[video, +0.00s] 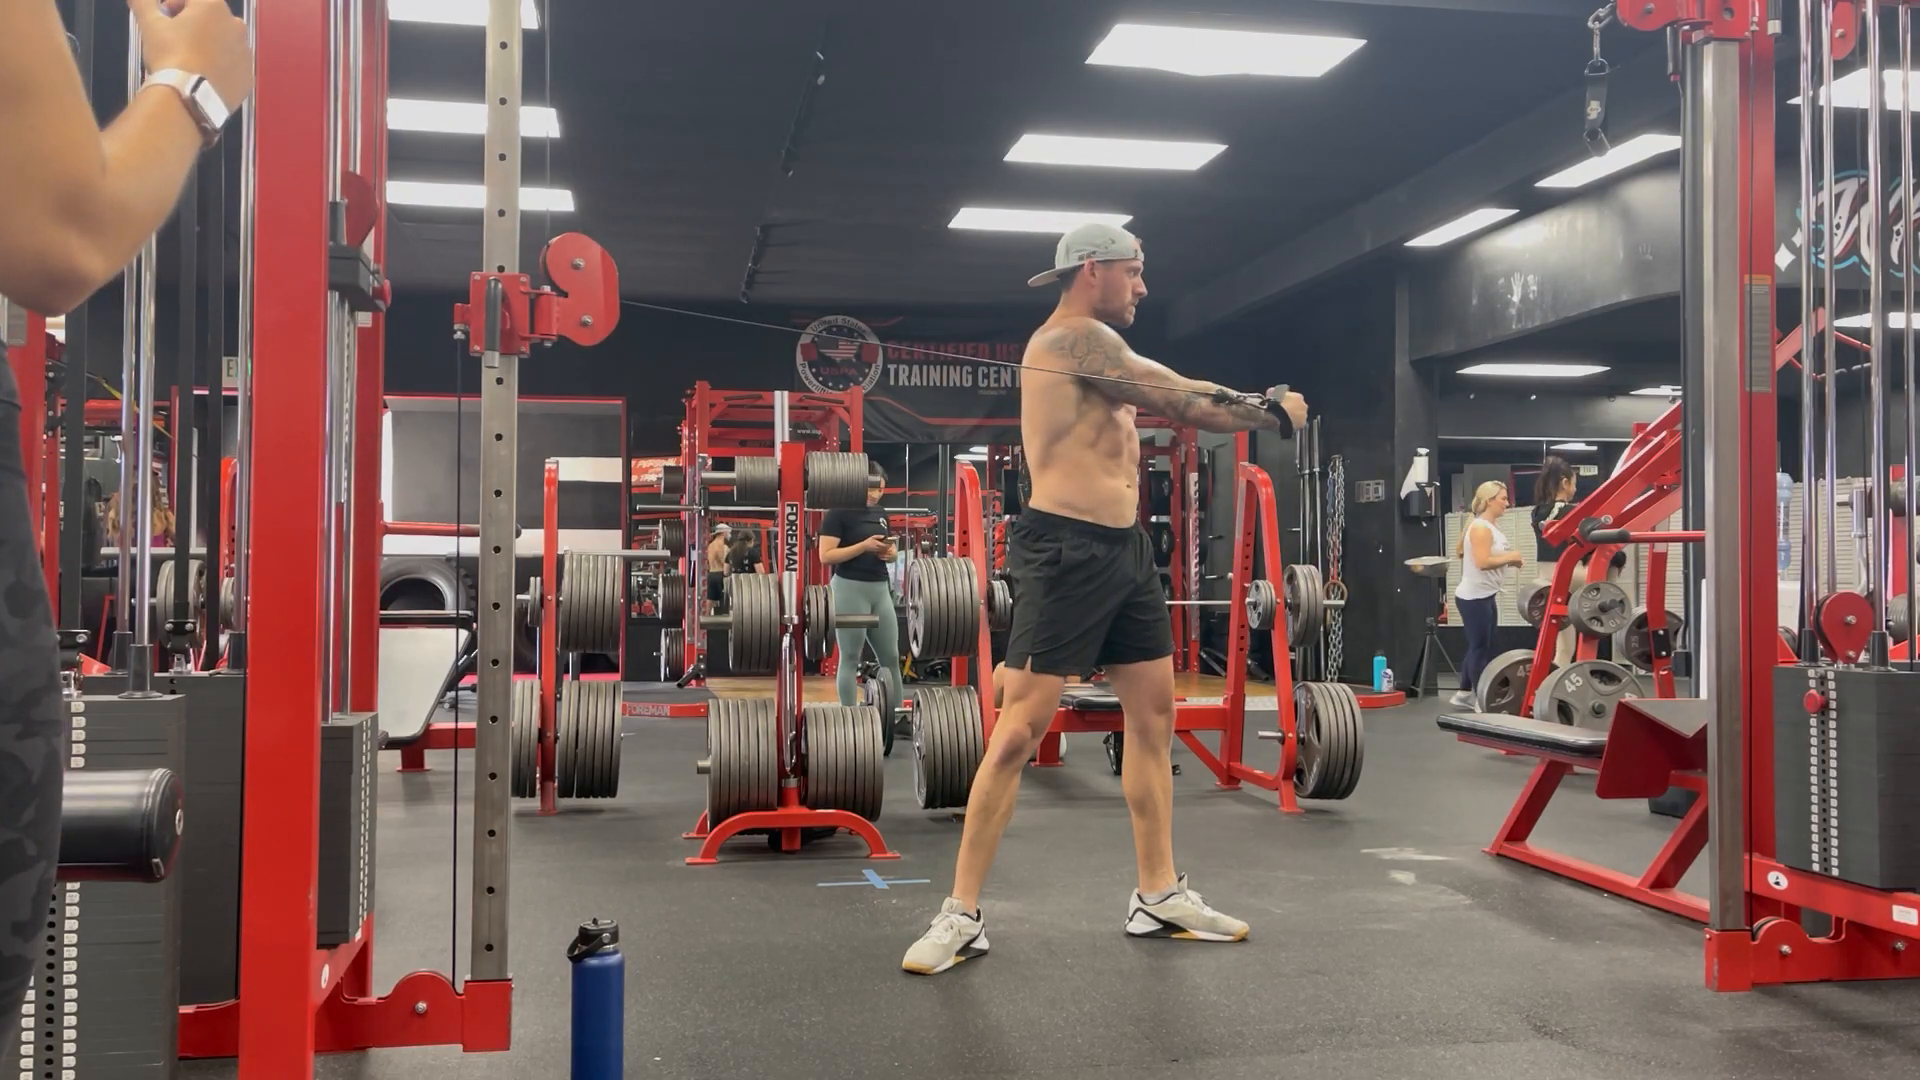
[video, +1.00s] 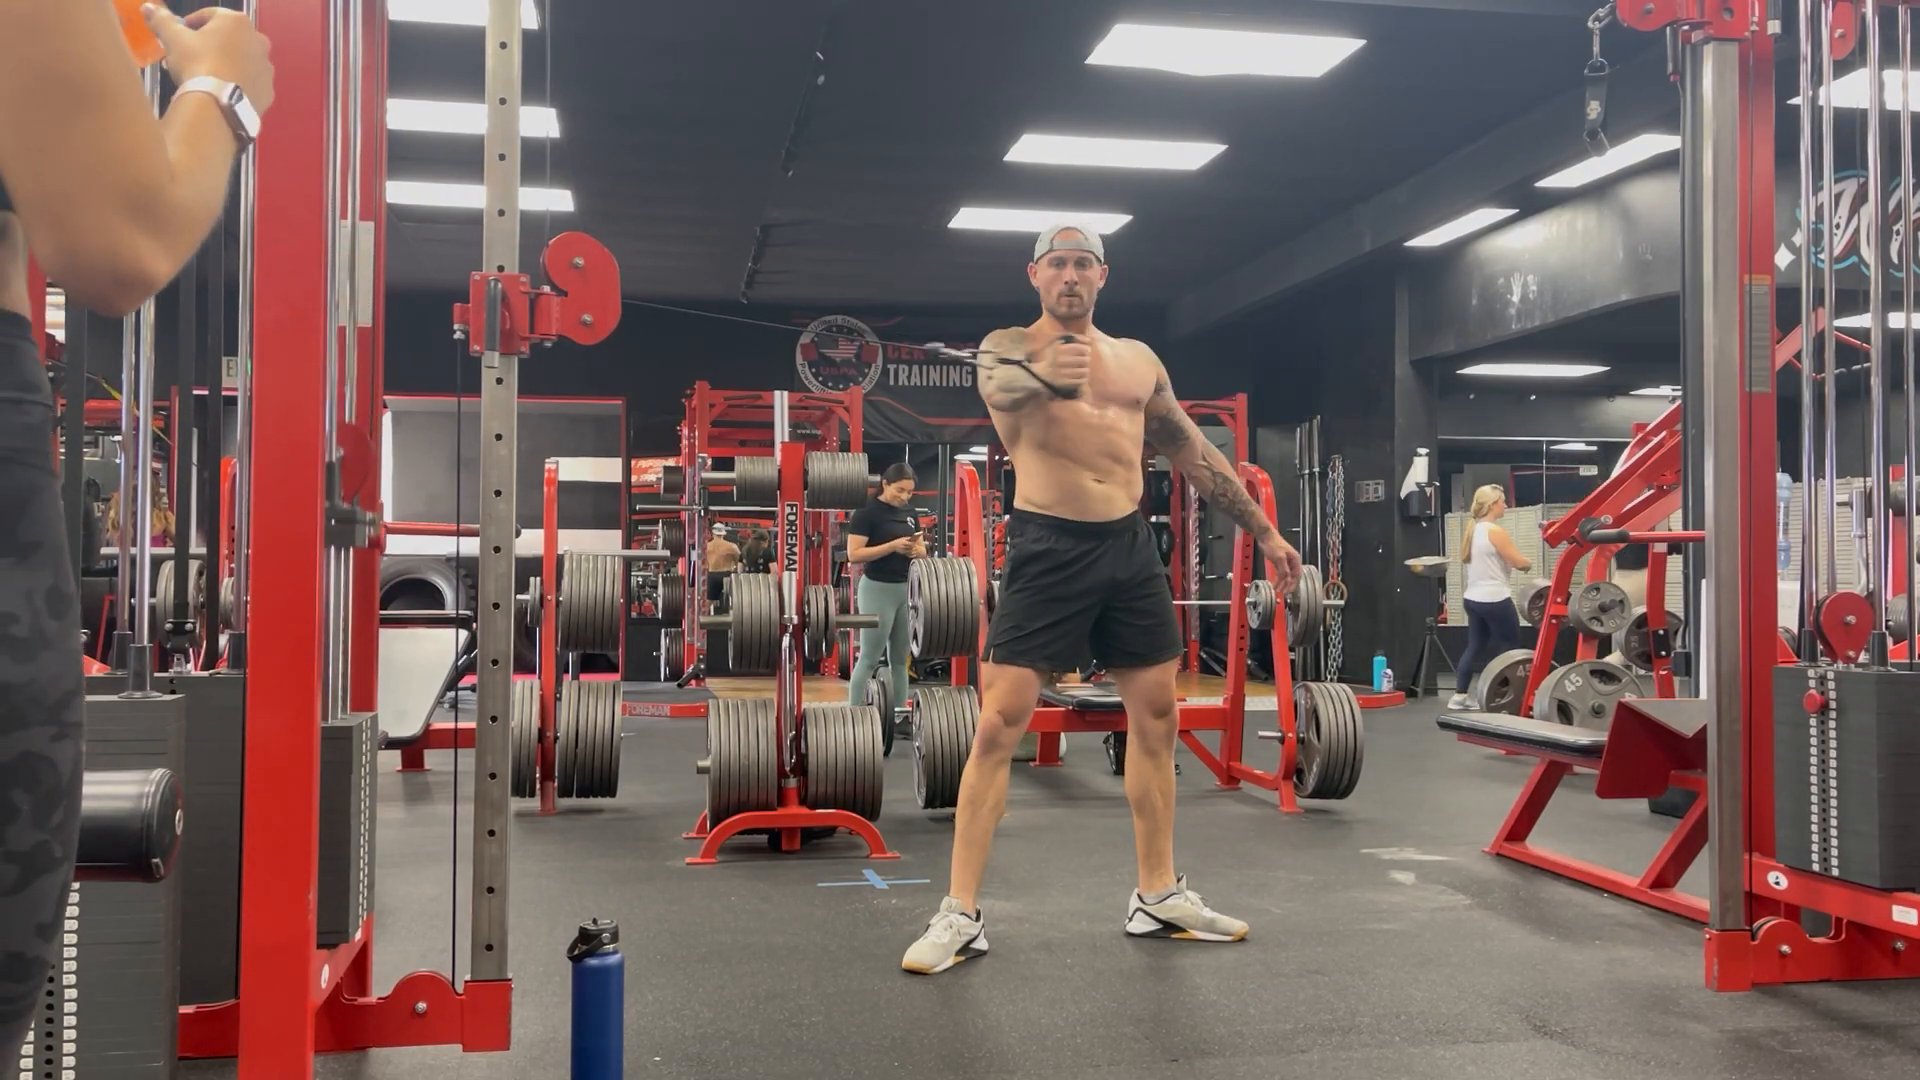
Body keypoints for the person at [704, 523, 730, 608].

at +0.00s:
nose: (729, 534)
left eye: (729, 532)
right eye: (728, 532)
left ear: (719, 533)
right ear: (723, 533)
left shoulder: (711, 544)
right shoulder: (722, 545)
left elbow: (709, 559)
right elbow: (724, 559)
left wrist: (711, 568)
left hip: (712, 572)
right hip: (721, 572)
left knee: (710, 600)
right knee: (723, 601)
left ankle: (707, 617)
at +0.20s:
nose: (728, 535)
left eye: (728, 532)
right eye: (727, 532)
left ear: (717, 533)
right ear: (723, 533)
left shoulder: (709, 545)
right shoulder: (725, 547)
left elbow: (708, 558)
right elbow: (729, 560)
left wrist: (711, 568)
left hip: (712, 572)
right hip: (722, 572)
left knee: (710, 599)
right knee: (724, 601)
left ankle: (707, 616)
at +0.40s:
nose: (726, 534)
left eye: (726, 532)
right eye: (726, 532)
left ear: (715, 533)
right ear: (722, 533)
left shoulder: (709, 545)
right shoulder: (726, 546)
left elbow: (708, 558)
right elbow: (731, 558)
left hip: (712, 572)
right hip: (723, 572)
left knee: (710, 599)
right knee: (724, 600)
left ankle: (707, 616)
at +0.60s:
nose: (725, 534)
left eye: (724, 533)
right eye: (725, 533)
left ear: (714, 534)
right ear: (723, 533)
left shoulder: (709, 545)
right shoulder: (728, 546)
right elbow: (735, 557)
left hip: (712, 572)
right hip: (725, 572)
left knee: (710, 600)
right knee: (726, 600)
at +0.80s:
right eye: (724, 532)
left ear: (713, 533)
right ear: (724, 533)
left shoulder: (708, 545)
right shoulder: (730, 546)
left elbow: (707, 560)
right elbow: (737, 557)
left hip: (712, 572)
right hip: (726, 572)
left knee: (709, 601)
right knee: (727, 601)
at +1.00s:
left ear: (713, 533)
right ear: (724, 533)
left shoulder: (708, 546)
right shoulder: (732, 546)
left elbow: (705, 561)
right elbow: (738, 559)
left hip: (713, 573)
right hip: (727, 573)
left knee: (709, 601)